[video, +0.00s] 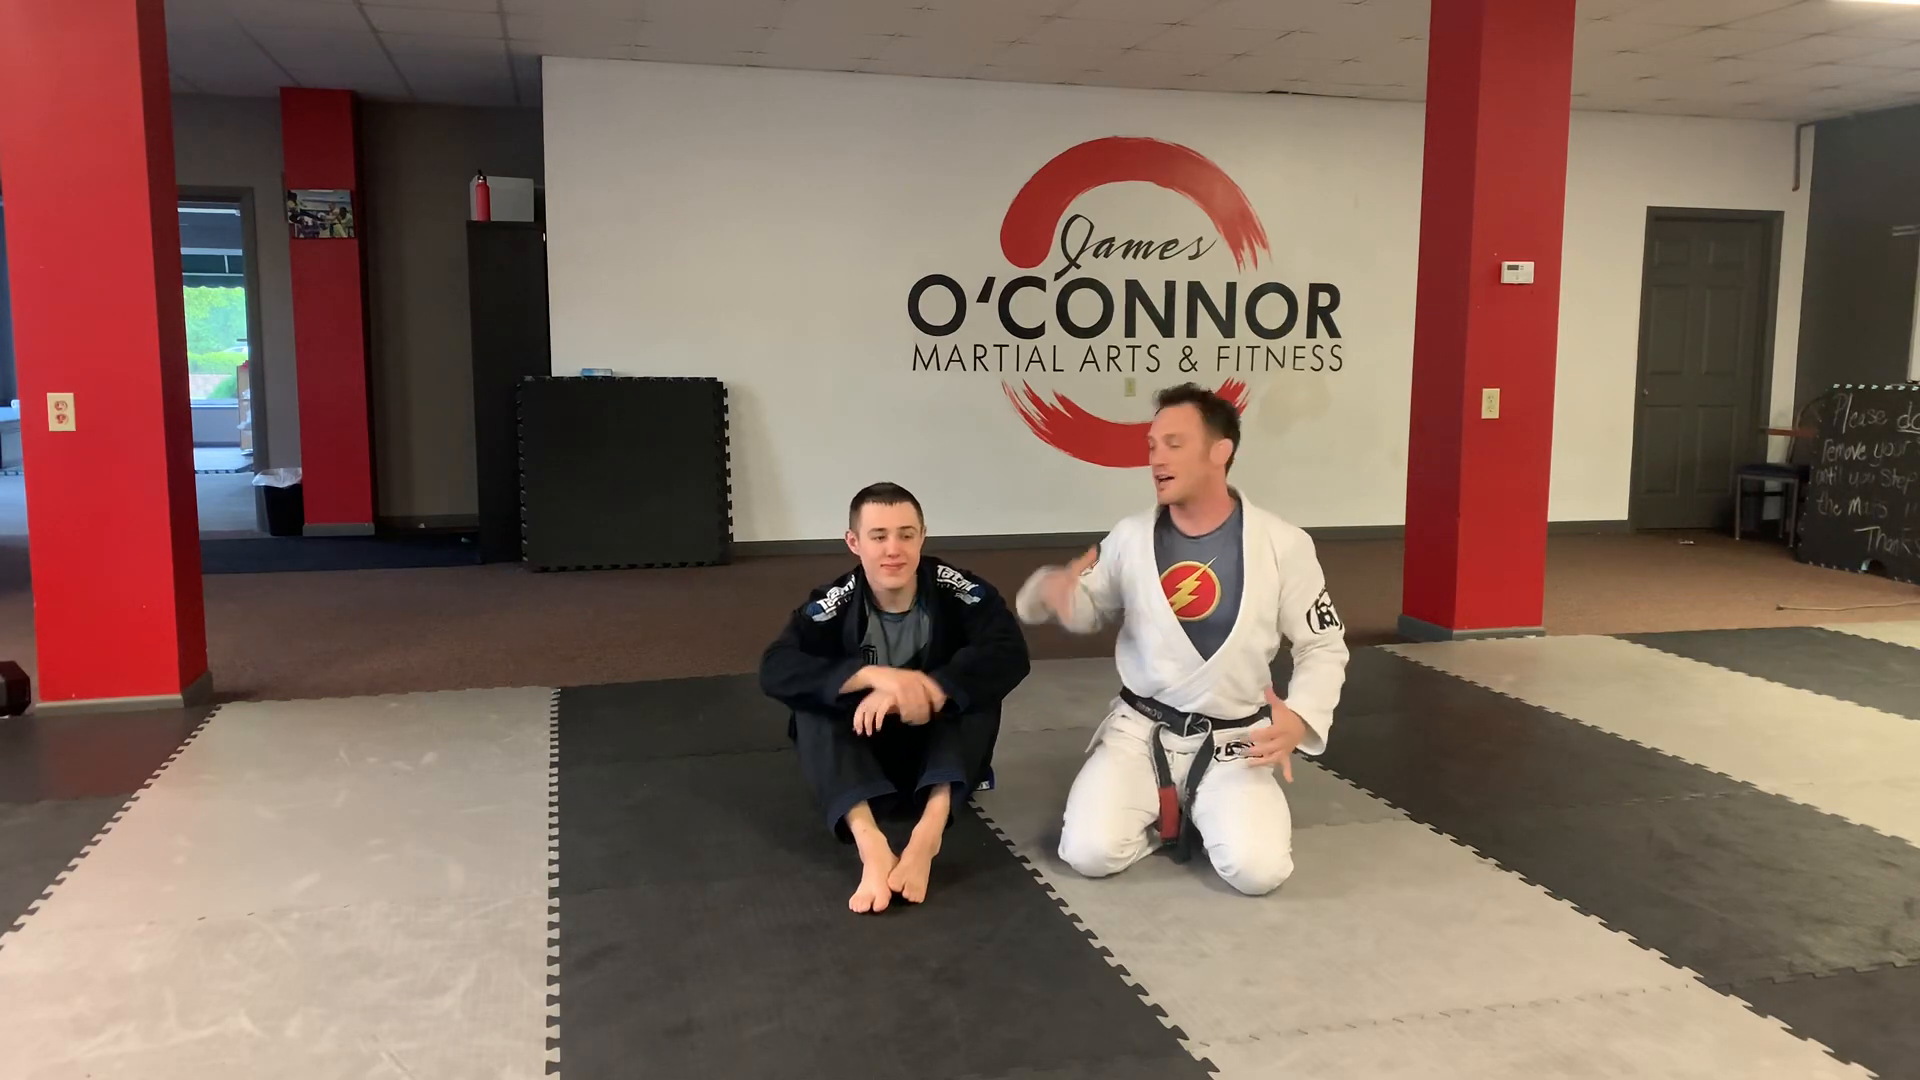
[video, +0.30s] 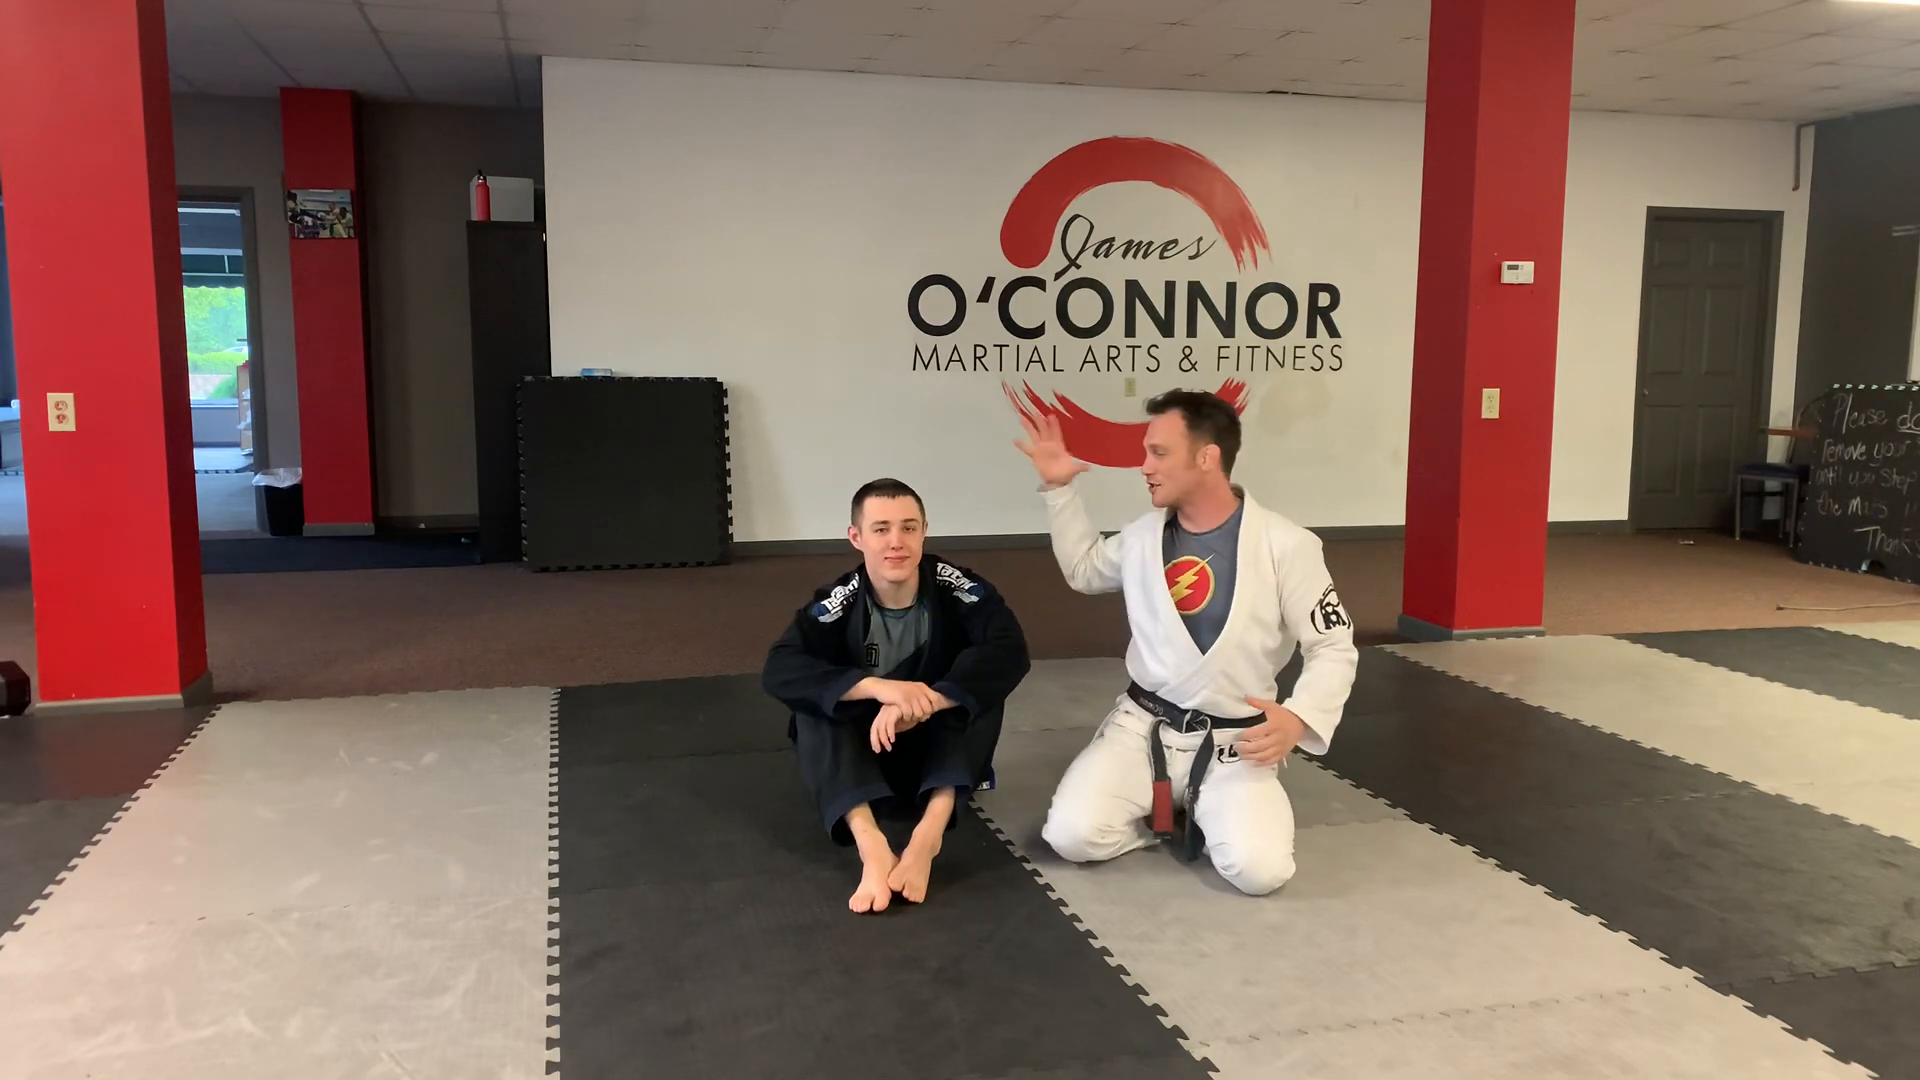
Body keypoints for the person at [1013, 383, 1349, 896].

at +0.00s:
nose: (1155, 460)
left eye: (1172, 444)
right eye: (1152, 447)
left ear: (1220, 453)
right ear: (1149, 455)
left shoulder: (1282, 545)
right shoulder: (1129, 538)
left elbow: (1323, 646)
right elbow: (1093, 609)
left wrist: (1302, 716)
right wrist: (1059, 595)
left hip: (1236, 739)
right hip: (1139, 728)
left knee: (1260, 871)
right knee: (1088, 853)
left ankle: (1211, 802)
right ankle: (1167, 810)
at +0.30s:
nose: (1145, 467)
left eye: (1158, 453)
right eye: (1146, 453)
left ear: (1208, 458)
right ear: (1199, 460)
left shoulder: (1286, 546)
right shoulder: (1142, 537)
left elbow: (1333, 648)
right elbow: (1085, 569)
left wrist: (1299, 718)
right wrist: (1059, 488)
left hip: (1235, 741)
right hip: (1141, 725)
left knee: (1262, 871)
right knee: (1072, 837)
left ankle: (1209, 804)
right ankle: (1167, 809)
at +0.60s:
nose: (1126, 467)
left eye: (1140, 453)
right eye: (1127, 453)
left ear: (1188, 459)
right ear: (1177, 460)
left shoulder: (1266, 547)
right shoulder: (1120, 545)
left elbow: (1310, 653)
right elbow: (1055, 603)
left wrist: (1264, 732)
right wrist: (978, 568)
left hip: (1220, 738)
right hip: (1127, 727)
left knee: (1256, 871)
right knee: (1050, 842)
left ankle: (1197, 807)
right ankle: (1154, 808)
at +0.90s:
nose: (1140, 461)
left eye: (1157, 445)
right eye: (1128, 448)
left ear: (1191, 454)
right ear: (1115, 460)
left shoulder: (1251, 544)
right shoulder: (1101, 550)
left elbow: (1293, 657)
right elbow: (1055, 609)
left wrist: (1256, 748)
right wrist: (982, 568)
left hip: (1220, 737)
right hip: (1126, 730)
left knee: (1254, 871)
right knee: (1050, 841)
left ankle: (1199, 799)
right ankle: (1159, 809)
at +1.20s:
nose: (1129, 463)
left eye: (1146, 446)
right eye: (1116, 449)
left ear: (1178, 457)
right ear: (1104, 463)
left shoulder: (1242, 544)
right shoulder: (1091, 553)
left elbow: (1285, 657)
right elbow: (1052, 613)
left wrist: (1249, 748)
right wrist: (982, 568)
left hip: (1215, 739)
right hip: (1122, 734)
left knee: (1251, 871)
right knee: (1050, 842)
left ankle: (1199, 800)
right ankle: (1162, 810)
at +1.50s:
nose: (1123, 463)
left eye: (1139, 448)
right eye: (1110, 450)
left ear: (1173, 458)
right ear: (1098, 463)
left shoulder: (1235, 546)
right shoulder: (1086, 553)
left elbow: (1277, 659)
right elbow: (1049, 614)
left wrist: (1231, 750)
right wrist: (978, 569)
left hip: (1207, 739)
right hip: (1113, 732)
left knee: (1245, 871)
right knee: (1045, 840)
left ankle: (1185, 804)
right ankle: (1151, 811)